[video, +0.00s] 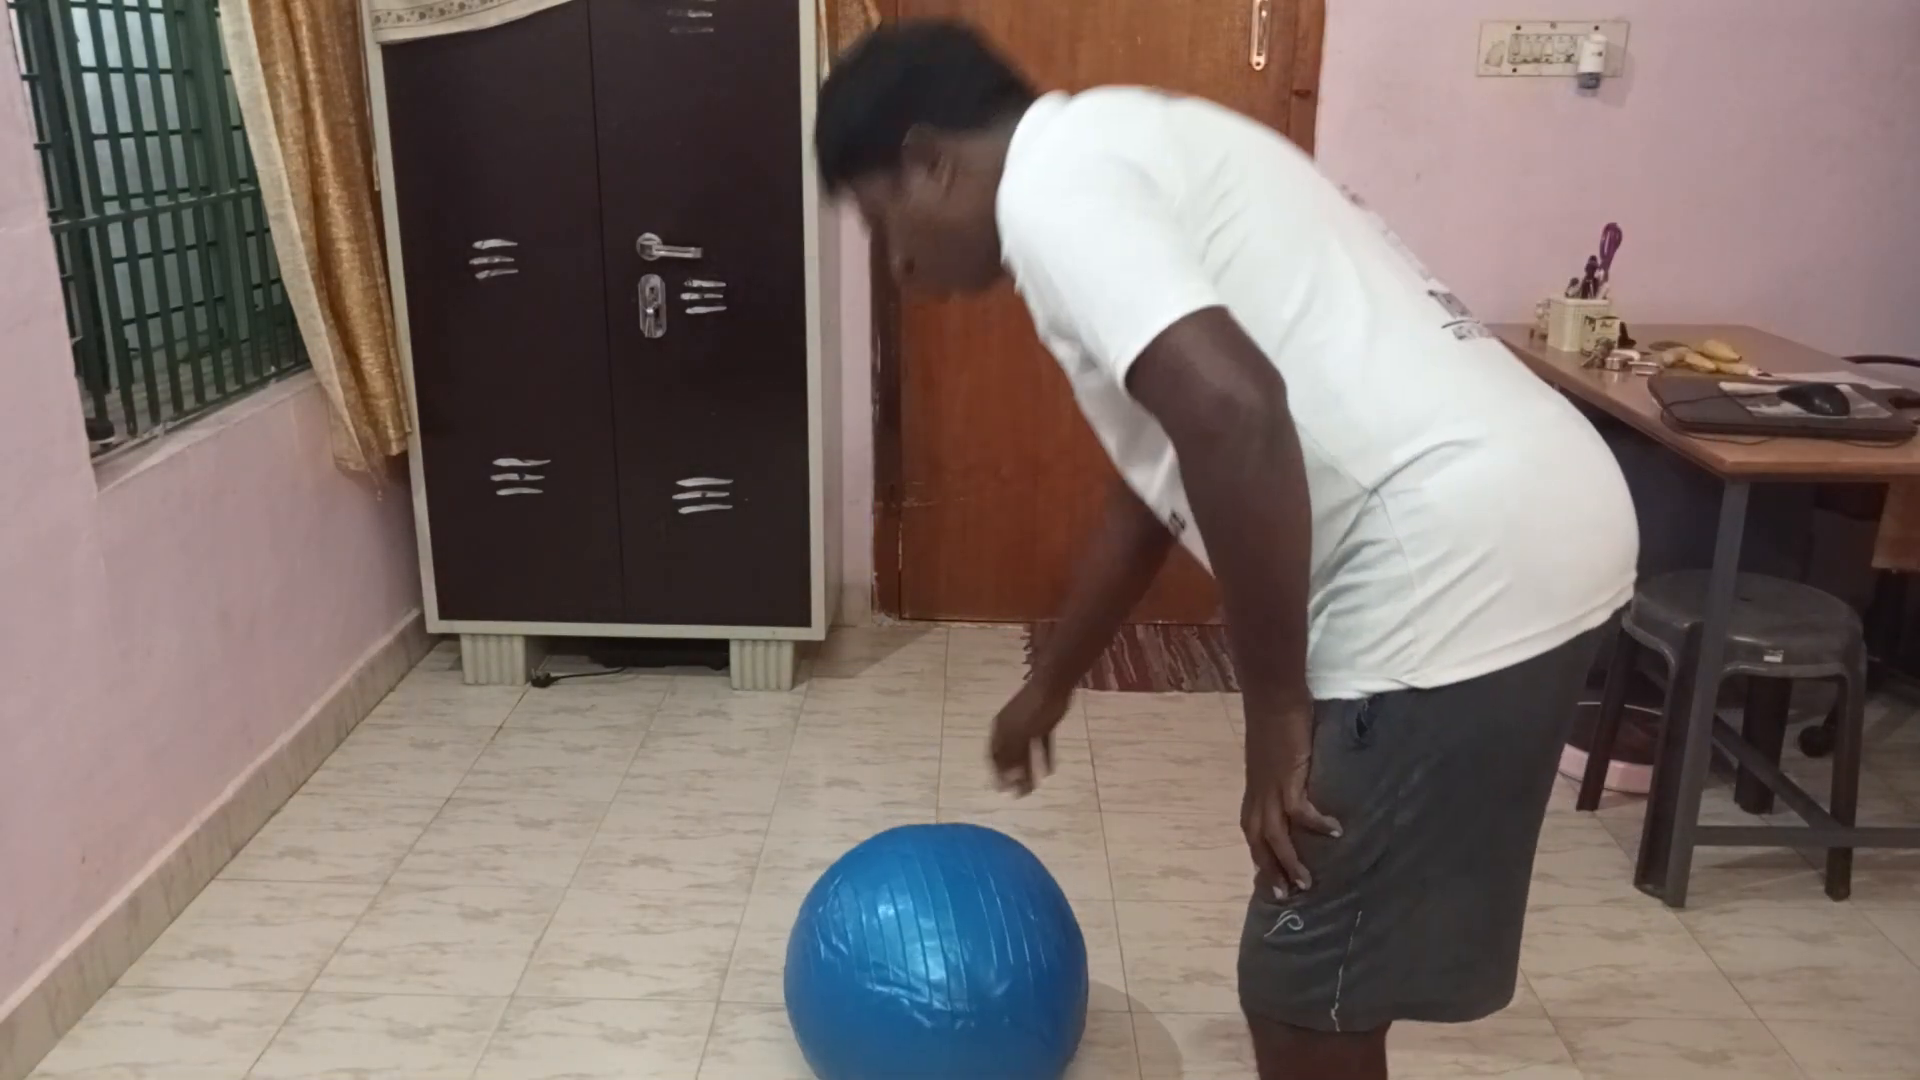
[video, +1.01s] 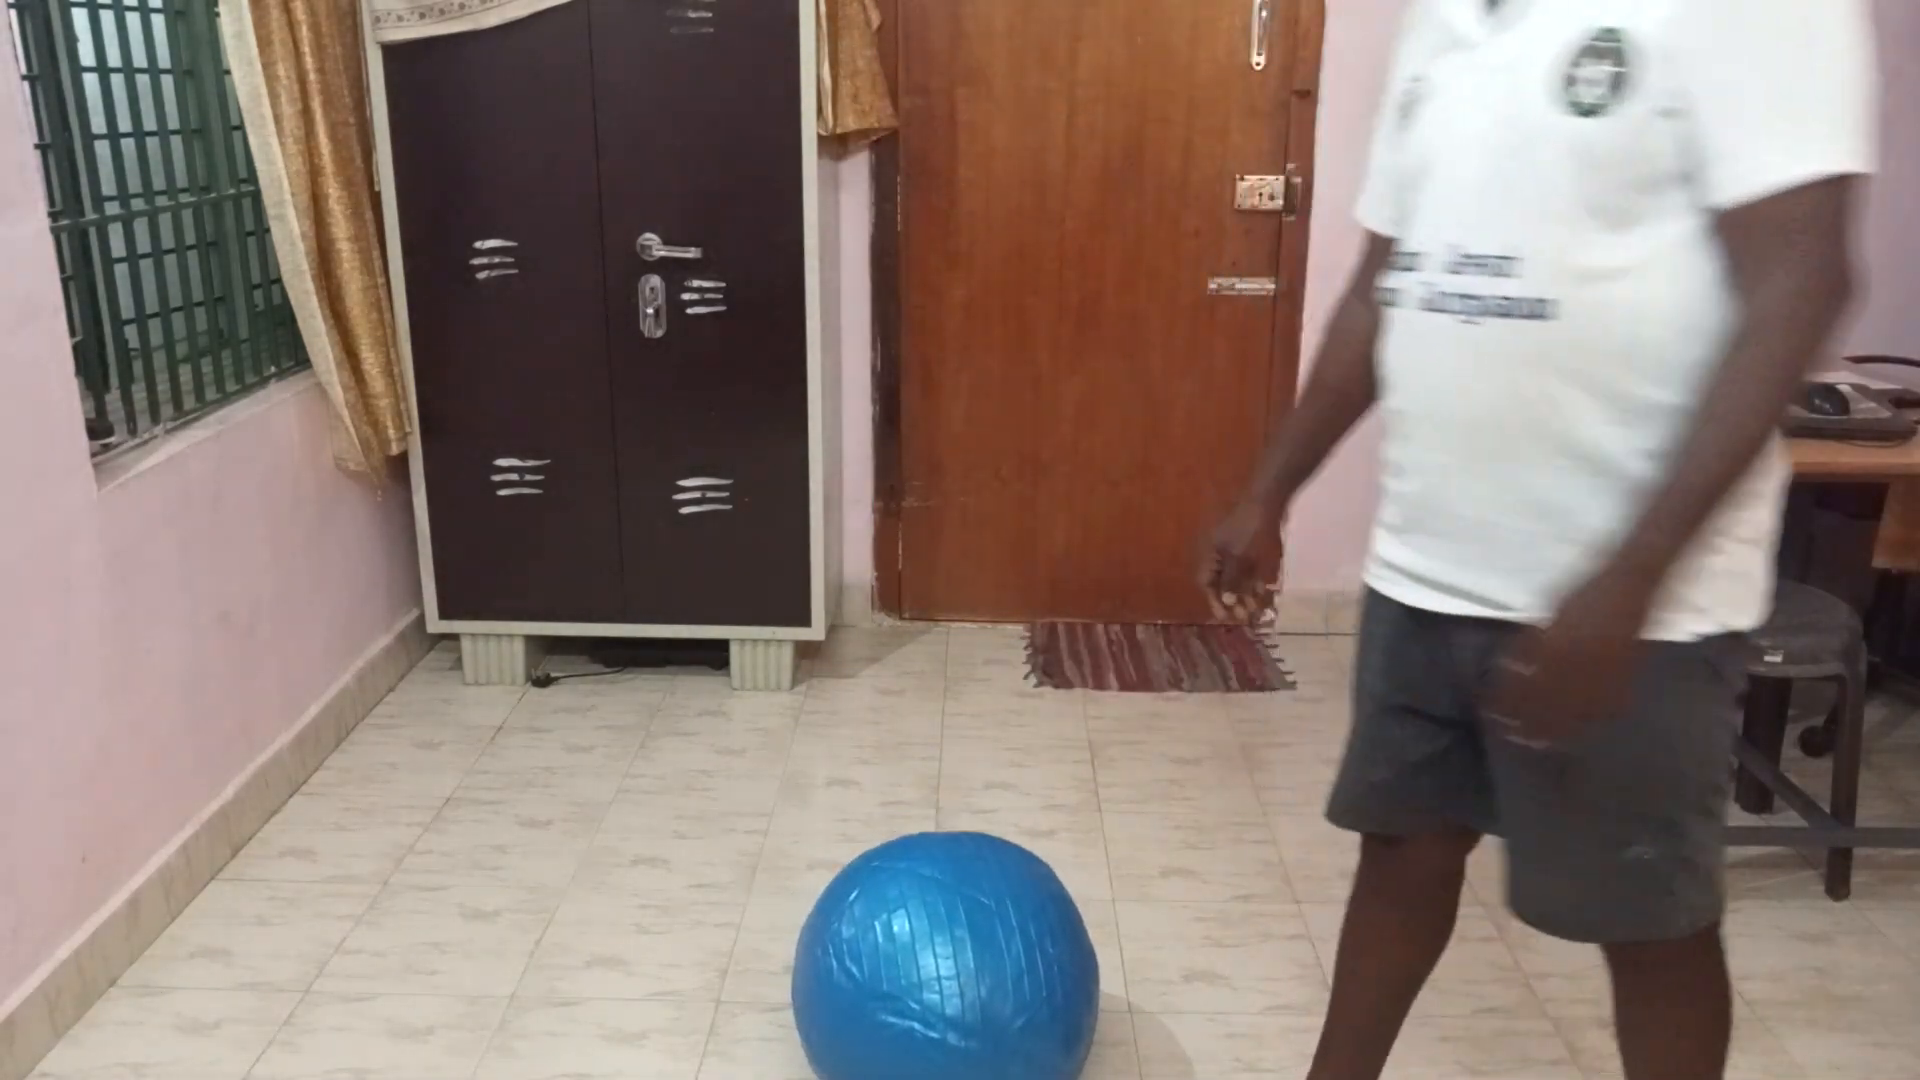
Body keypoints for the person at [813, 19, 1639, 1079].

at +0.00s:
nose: (891, 265)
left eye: (876, 222)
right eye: (871, 235)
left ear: (931, 160)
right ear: (936, 154)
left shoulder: (1057, 179)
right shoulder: (1121, 144)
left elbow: (1235, 415)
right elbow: (1160, 477)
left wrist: (1275, 719)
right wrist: (1048, 681)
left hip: (1454, 562)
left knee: (1304, 986)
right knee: (1323, 974)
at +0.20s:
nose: (949, 112)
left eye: (947, 66)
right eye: (931, 86)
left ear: (1023, 9)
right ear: (1037, 9)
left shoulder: (1133, 74)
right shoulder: (1199, 46)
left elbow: (1258, 359)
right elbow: (1233, 388)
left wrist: (1254, 669)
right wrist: (1157, 622)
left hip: (1422, 561)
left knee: (1305, 979)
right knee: (1327, 969)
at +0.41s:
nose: (1038, 13)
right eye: (1032, 5)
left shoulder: (1258, 26)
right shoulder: (1213, 36)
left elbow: (1366, 284)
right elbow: (1280, 312)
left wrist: (1268, 583)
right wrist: (1238, 558)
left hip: (1435, 536)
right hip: (1374, 526)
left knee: (1353, 931)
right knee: (1307, 835)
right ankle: (1341, 1059)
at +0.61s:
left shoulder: (1396, 12)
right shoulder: (1278, 23)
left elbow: (1468, 246)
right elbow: (1304, 282)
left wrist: (1310, 519)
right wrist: (1243, 509)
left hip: (1467, 536)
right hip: (1345, 528)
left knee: (1441, 907)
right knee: (1322, 828)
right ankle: (1324, 1070)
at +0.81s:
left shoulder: (1551, 14)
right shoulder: (1332, 16)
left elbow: (1604, 246)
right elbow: (1314, 261)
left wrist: (1399, 529)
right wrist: (1236, 481)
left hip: (1528, 553)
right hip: (1352, 534)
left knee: (1564, 904)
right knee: (1357, 834)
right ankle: (1331, 1070)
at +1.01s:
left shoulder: (1746, 17)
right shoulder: (1441, 20)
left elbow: (1801, 281)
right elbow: (1387, 284)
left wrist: (1625, 581)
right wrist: (1264, 490)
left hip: (1639, 608)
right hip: (1431, 571)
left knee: (1657, 933)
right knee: (1402, 855)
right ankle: (1337, 1070)